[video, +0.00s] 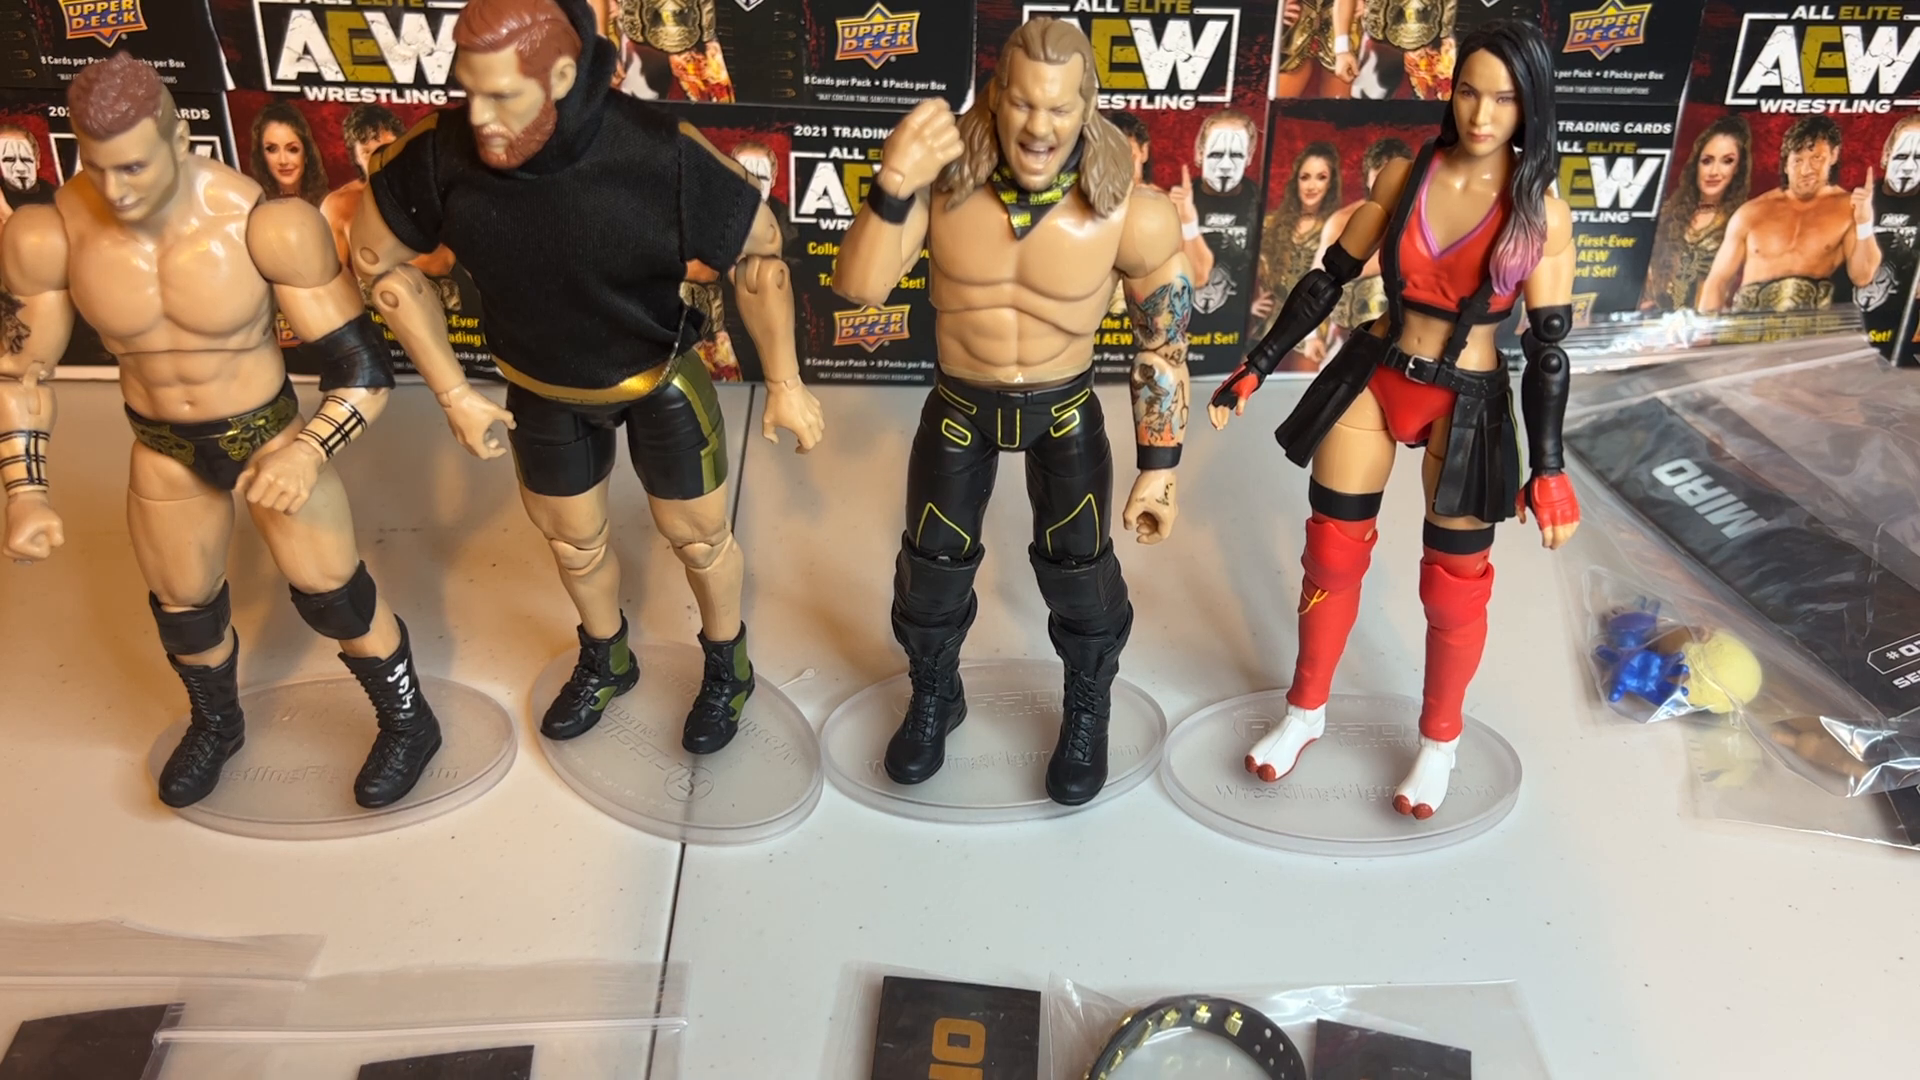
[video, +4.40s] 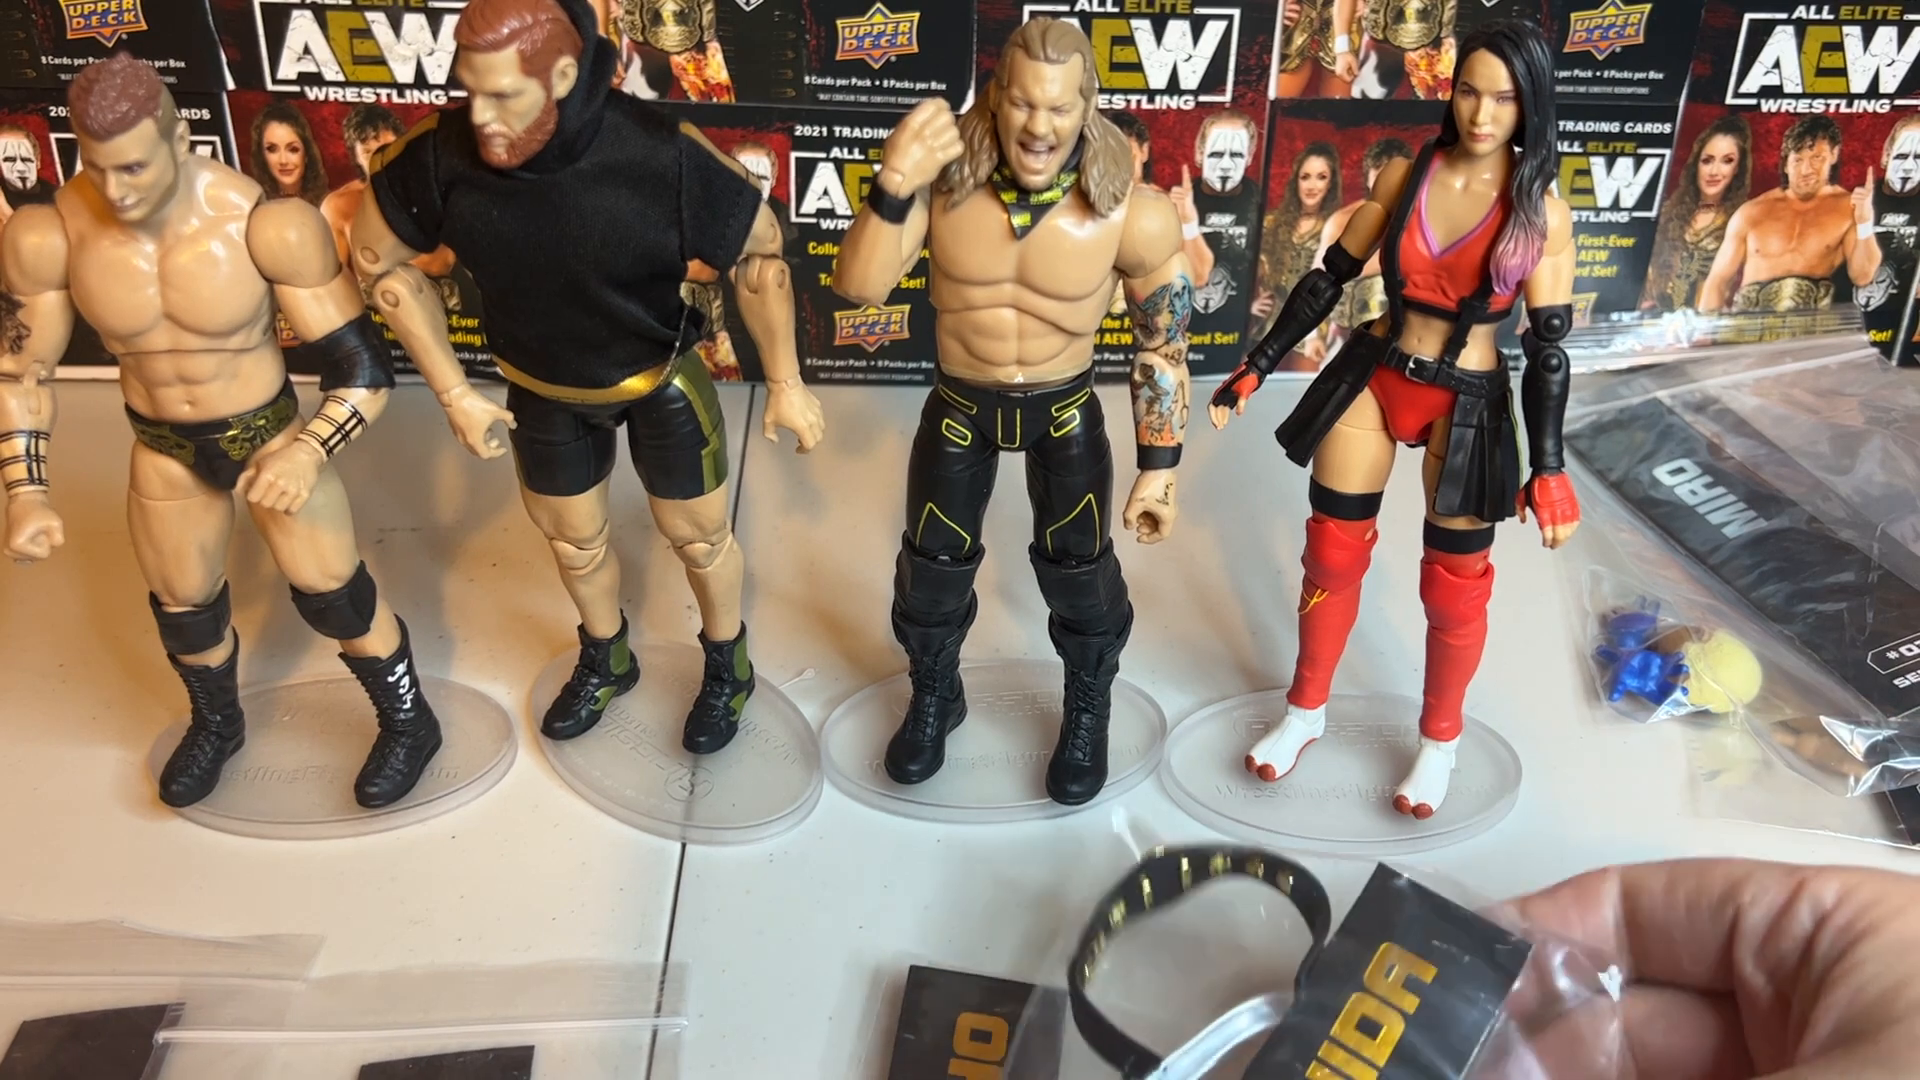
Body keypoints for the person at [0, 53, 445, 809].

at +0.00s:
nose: (118, 188)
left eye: (134, 167)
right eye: (100, 169)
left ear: (178, 138)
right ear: (80, 151)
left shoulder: (268, 225)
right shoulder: (54, 232)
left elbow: (363, 370)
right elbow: (23, 371)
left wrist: (311, 446)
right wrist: (21, 487)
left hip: (269, 441)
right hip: (161, 452)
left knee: (336, 600)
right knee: (186, 617)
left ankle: (409, 722)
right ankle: (216, 722)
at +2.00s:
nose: (118, 188)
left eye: (134, 167)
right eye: (100, 169)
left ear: (178, 138)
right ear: (80, 150)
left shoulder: (268, 225)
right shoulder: (52, 233)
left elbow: (362, 370)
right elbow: (23, 372)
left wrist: (312, 446)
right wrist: (22, 486)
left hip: (269, 440)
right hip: (161, 451)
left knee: (336, 598)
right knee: (186, 616)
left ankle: (408, 721)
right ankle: (216, 723)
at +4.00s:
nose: (118, 188)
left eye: (134, 168)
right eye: (100, 170)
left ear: (178, 138)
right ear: (81, 151)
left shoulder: (269, 225)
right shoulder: (54, 232)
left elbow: (363, 370)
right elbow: (23, 372)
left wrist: (312, 446)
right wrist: (22, 487)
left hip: (269, 441)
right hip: (161, 452)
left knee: (336, 598)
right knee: (186, 615)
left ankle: (408, 721)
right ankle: (216, 722)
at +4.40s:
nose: (118, 188)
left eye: (135, 168)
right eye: (101, 170)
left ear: (178, 138)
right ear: (81, 151)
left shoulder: (268, 225)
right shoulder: (53, 233)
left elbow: (363, 370)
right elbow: (23, 372)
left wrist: (311, 447)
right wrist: (22, 487)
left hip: (269, 441)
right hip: (161, 452)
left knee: (336, 598)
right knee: (186, 615)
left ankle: (408, 721)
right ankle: (217, 723)